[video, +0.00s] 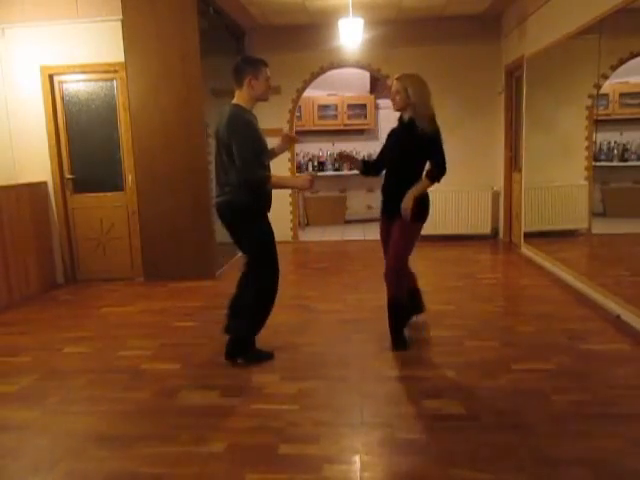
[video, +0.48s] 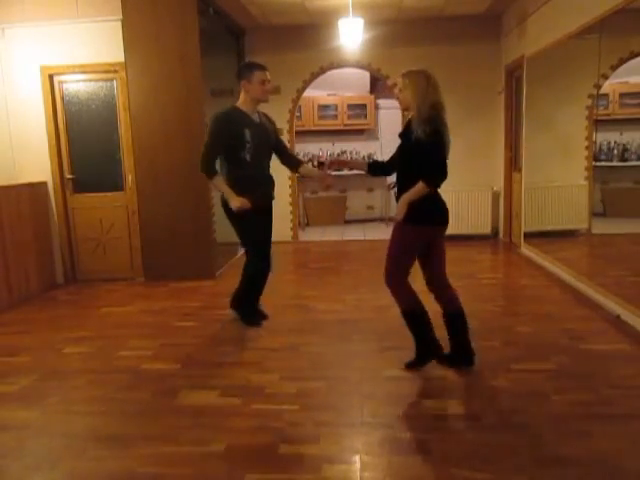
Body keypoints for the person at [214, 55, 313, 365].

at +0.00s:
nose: (270, 85)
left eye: (269, 79)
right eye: (266, 79)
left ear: (247, 82)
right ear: (251, 82)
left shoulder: (235, 116)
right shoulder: (241, 119)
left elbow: (252, 161)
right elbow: (253, 174)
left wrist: (282, 147)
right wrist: (294, 182)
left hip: (235, 205)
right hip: (244, 207)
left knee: (258, 265)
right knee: (266, 271)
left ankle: (236, 326)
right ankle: (242, 344)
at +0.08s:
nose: (271, 86)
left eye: (270, 80)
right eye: (267, 80)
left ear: (249, 83)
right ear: (251, 82)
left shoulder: (240, 116)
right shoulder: (241, 119)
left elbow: (257, 160)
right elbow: (253, 174)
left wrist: (286, 148)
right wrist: (292, 183)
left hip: (242, 203)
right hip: (243, 205)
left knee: (259, 268)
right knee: (264, 269)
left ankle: (242, 340)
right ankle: (242, 343)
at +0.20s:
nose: (272, 87)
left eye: (270, 82)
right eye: (267, 82)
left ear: (251, 85)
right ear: (250, 85)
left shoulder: (251, 119)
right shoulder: (237, 122)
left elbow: (264, 158)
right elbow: (241, 176)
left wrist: (293, 155)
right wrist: (278, 194)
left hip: (250, 201)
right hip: (239, 204)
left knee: (259, 261)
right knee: (266, 263)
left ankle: (239, 324)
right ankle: (240, 328)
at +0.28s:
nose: (271, 88)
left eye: (270, 83)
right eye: (266, 83)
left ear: (252, 86)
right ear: (248, 85)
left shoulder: (256, 120)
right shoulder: (234, 122)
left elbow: (273, 156)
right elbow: (233, 177)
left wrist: (303, 160)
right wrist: (263, 199)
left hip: (252, 201)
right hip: (238, 201)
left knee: (259, 256)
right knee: (270, 257)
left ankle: (243, 310)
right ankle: (241, 316)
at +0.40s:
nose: (269, 88)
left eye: (269, 83)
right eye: (264, 83)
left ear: (256, 86)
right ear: (245, 85)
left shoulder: (263, 121)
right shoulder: (226, 120)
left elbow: (282, 156)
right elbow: (214, 170)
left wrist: (310, 170)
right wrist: (239, 199)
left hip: (262, 197)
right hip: (239, 200)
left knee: (258, 254)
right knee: (267, 256)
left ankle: (247, 303)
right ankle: (242, 300)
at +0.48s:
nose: (269, 87)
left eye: (269, 82)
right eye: (263, 82)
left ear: (262, 86)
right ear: (245, 85)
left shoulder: (265, 122)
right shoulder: (226, 119)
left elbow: (286, 157)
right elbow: (207, 164)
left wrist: (317, 173)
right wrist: (230, 196)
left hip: (263, 197)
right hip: (238, 199)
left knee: (261, 258)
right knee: (258, 257)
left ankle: (248, 302)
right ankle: (243, 303)